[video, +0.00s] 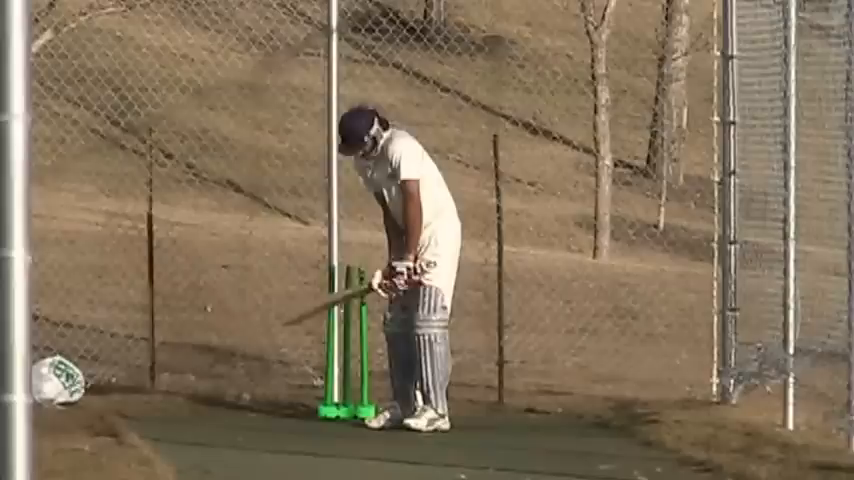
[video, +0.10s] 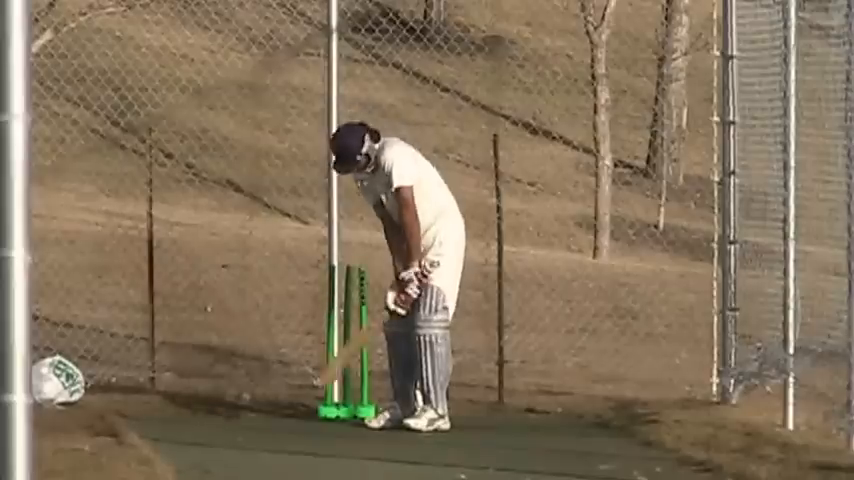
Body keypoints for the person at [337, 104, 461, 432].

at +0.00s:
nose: (360, 157)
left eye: (362, 149)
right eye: (355, 152)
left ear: (375, 135)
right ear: (352, 145)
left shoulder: (400, 147)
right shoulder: (363, 161)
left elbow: (413, 201)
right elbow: (389, 214)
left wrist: (409, 257)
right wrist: (393, 261)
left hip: (437, 239)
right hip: (408, 242)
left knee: (428, 323)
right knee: (397, 324)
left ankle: (435, 409)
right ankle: (404, 405)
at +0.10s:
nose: (355, 173)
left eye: (357, 166)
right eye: (349, 169)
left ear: (369, 150)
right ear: (349, 158)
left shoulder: (395, 156)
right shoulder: (363, 174)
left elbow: (409, 211)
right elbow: (389, 225)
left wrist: (413, 266)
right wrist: (400, 273)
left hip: (440, 240)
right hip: (411, 246)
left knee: (429, 321)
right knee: (397, 322)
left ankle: (435, 409)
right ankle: (404, 404)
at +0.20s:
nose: (349, 187)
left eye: (351, 180)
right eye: (344, 183)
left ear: (363, 163)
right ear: (348, 170)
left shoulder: (390, 166)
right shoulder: (359, 185)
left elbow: (402, 223)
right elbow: (381, 237)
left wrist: (410, 277)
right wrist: (400, 283)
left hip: (444, 240)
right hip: (411, 246)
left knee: (430, 321)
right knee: (396, 324)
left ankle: (435, 409)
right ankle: (404, 403)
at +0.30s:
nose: (349, 191)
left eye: (351, 183)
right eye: (343, 186)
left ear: (362, 166)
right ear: (337, 177)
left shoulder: (386, 171)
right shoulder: (356, 190)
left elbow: (401, 225)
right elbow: (382, 239)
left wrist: (412, 279)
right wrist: (402, 286)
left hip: (447, 240)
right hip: (413, 246)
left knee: (429, 320)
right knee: (392, 323)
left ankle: (435, 409)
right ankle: (404, 403)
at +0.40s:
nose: (349, 186)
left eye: (351, 178)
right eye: (344, 182)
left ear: (361, 161)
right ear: (340, 173)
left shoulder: (387, 171)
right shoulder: (356, 188)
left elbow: (402, 226)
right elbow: (382, 238)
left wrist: (411, 279)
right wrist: (402, 286)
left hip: (447, 241)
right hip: (415, 247)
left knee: (430, 321)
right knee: (393, 324)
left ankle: (435, 409)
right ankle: (404, 404)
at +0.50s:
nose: (349, 172)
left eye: (353, 164)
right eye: (343, 167)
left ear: (366, 152)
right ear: (339, 165)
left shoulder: (390, 168)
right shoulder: (358, 187)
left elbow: (403, 226)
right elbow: (382, 237)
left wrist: (410, 278)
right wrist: (400, 285)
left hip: (446, 243)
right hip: (414, 248)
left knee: (429, 320)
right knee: (393, 323)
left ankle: (435, 409)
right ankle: (404, 403)